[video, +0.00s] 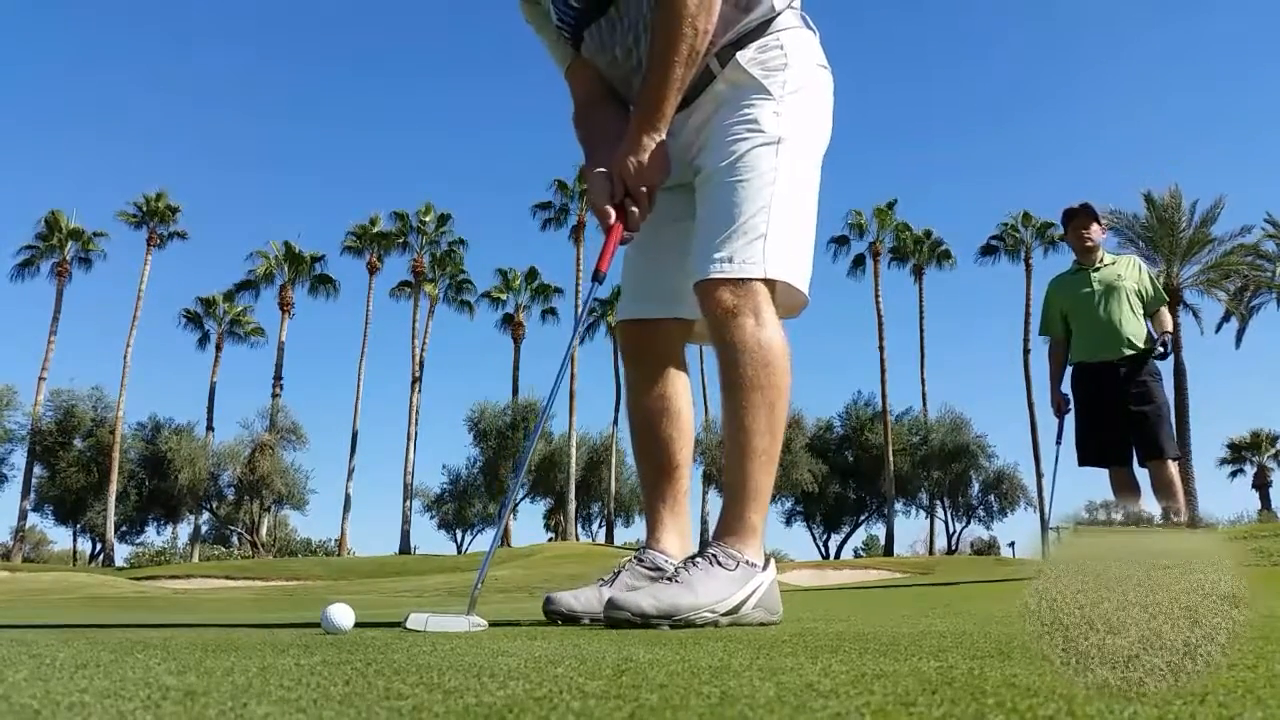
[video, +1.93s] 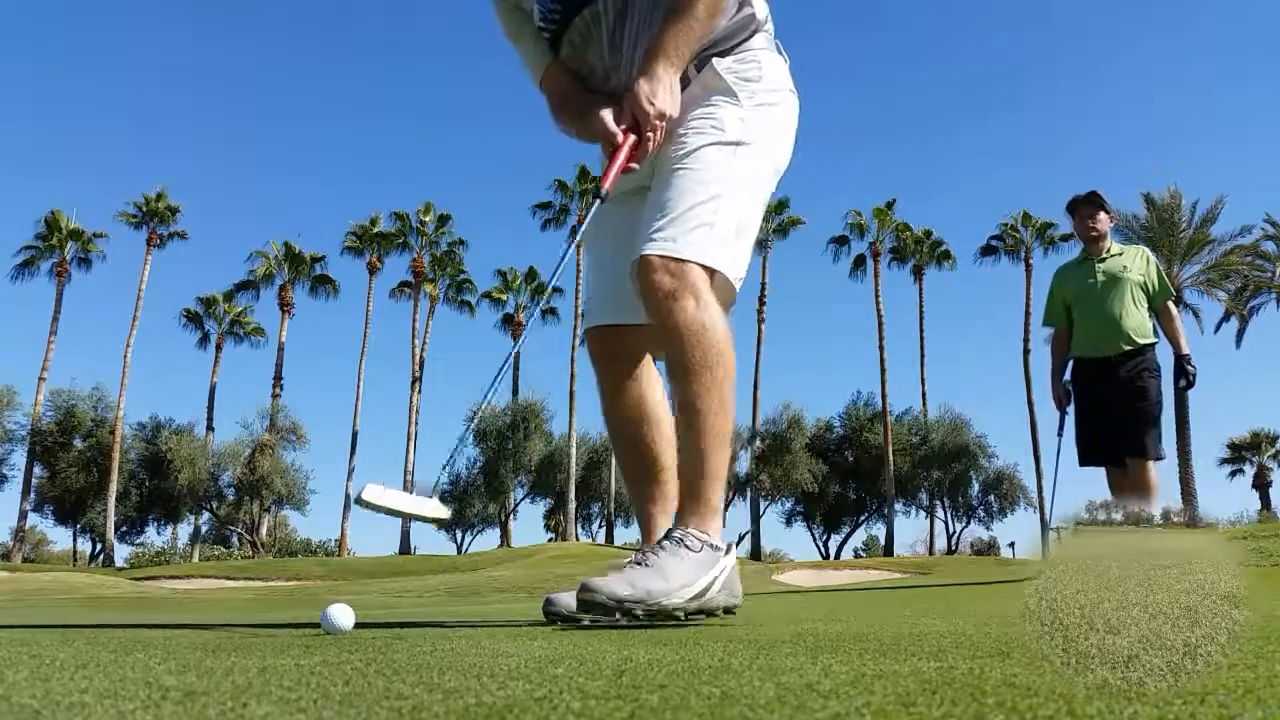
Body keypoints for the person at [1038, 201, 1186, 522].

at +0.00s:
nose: (1085, 232)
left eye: (1089, 226)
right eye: (1076, 229)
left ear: (1102, 230)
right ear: (1067, 238)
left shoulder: (1132, 266)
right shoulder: (1060, 286)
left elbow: (1158, 308)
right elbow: (1057, 342)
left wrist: (1164, 333)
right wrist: (1055, 389)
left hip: (1138, 372)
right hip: (1093, 379)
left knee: (1159, 455)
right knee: (1117, 462)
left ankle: (1177, 529)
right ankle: (1134, 533)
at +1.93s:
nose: (1089, 222)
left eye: (1095, 215)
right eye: (1082, 218)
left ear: (1109, 219)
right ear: (1074, 227)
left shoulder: (1140, 258)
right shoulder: (1066, 275)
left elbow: (1165, 309)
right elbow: (1061, 332)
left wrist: (1183, 355)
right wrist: (1057, 381)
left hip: (1136, 365)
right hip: (1090, 371)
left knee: (1139, 454)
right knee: (1112, 460)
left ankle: (1150, 528)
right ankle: (1128, 530)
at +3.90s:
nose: (1088, 168)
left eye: (1094, 159)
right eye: (1079, 164)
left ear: (1112, 162)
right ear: (1071, 176)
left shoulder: (1152, 207)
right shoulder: (1062, 231)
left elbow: (1182, 264)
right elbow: (1060, 298)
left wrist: (1203, 312)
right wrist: (1054, 353)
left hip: (1150, 336)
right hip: (1092, 342)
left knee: (1150, 442)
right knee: (1100, 440)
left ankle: (1146, 531)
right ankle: (1107, 530)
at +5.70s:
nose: (1069, 138)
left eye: (1076, 128)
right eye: (1059, 134)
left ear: (1098, 131)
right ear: (1052, 146)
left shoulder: (1142, 176)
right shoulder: (1046, 207)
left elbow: (1175, 239)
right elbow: (1044, 279)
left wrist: (1198, 293)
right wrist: (1033, 338)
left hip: (1147, 320)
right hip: (1085, 329)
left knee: (1158, 438)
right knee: (1108, 444)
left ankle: (1169, 538)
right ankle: (1124, 542)